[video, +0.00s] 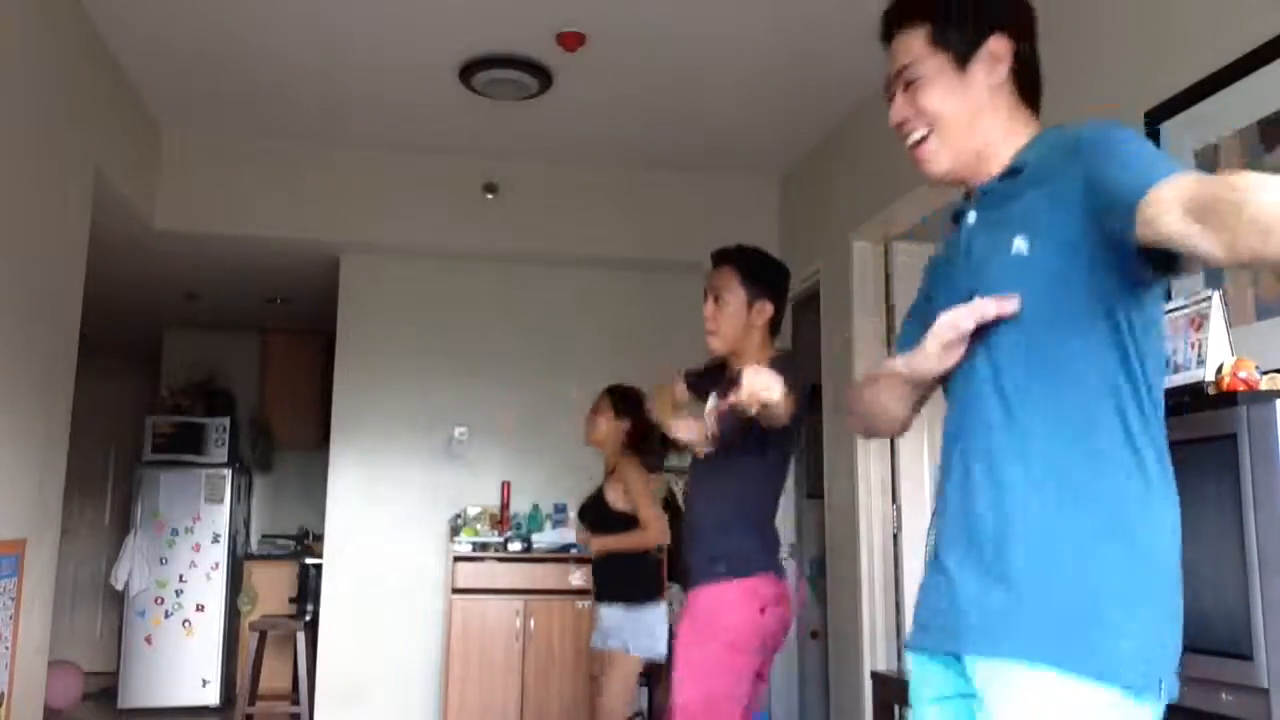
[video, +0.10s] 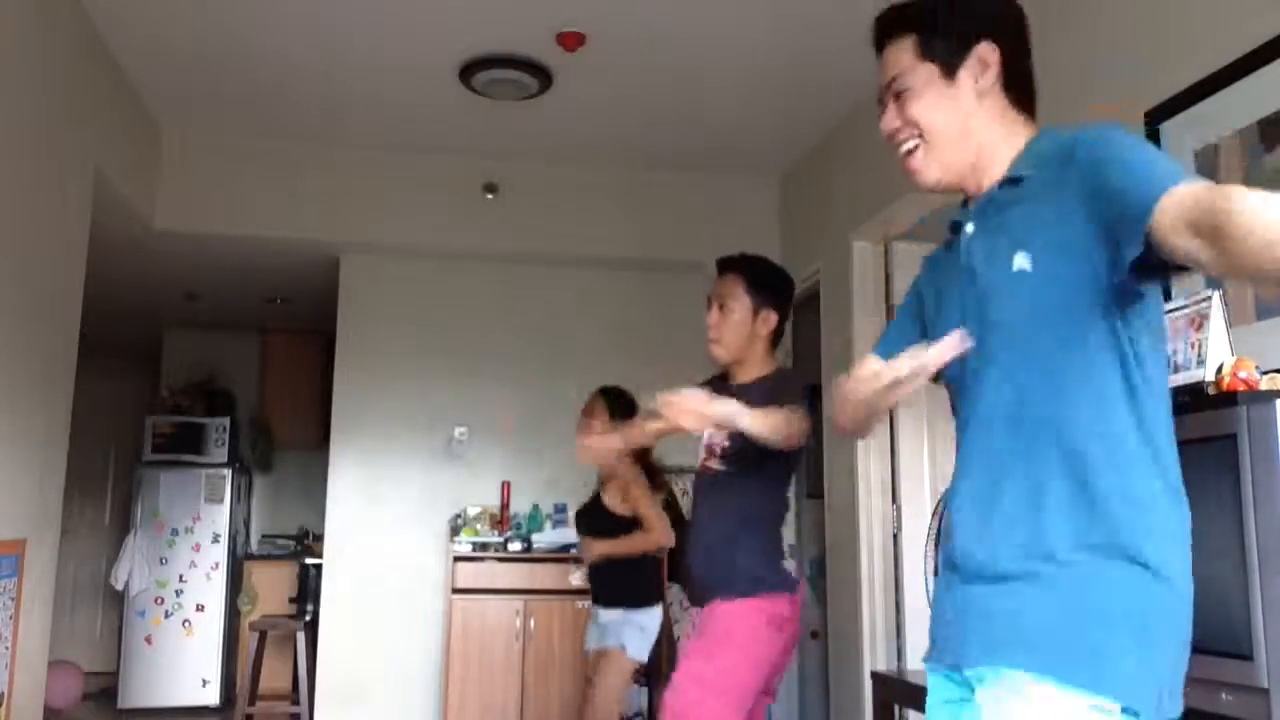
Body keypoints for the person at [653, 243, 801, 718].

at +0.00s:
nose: (706, 312)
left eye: (719, 299)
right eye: (706, 299)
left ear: (763, 312)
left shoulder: (781, 376)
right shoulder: (718, 376)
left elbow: (781, 409)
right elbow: (667, 399)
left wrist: (763, 399)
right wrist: (680, 424)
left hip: (735, 588)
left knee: (697, 709)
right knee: (737, 710)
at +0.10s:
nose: (710, 320)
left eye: (724, 307)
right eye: (710, 307)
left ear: (767, 321)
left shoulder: (789, 388)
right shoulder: (720, 391)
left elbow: (791, 432)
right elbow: (666, 423)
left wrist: (715, 411)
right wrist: (614, 441)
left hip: (753, 602)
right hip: (715, 598)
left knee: (686, 710)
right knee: (745, 713)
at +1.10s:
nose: (709, 306)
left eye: (722, 292)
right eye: (709, 292)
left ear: (768, 302)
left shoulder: (801, 374)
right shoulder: (721, 380)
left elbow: (795, 416)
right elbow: (656, 444)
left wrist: (692, 402)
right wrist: (576, 446)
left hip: (766, 594)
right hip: (708, 591)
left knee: (722, 714)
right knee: (669, 713)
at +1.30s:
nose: (706, 342)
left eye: (716, 326)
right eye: (707, 327)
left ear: (761, 326)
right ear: (758, 328)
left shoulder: (807, 402)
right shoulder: (729, 408)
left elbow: (772, 452)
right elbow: (687, 453)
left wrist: (699, 431)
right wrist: (651, 478)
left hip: (767, 636)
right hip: (693, 624)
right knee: (658, 712)